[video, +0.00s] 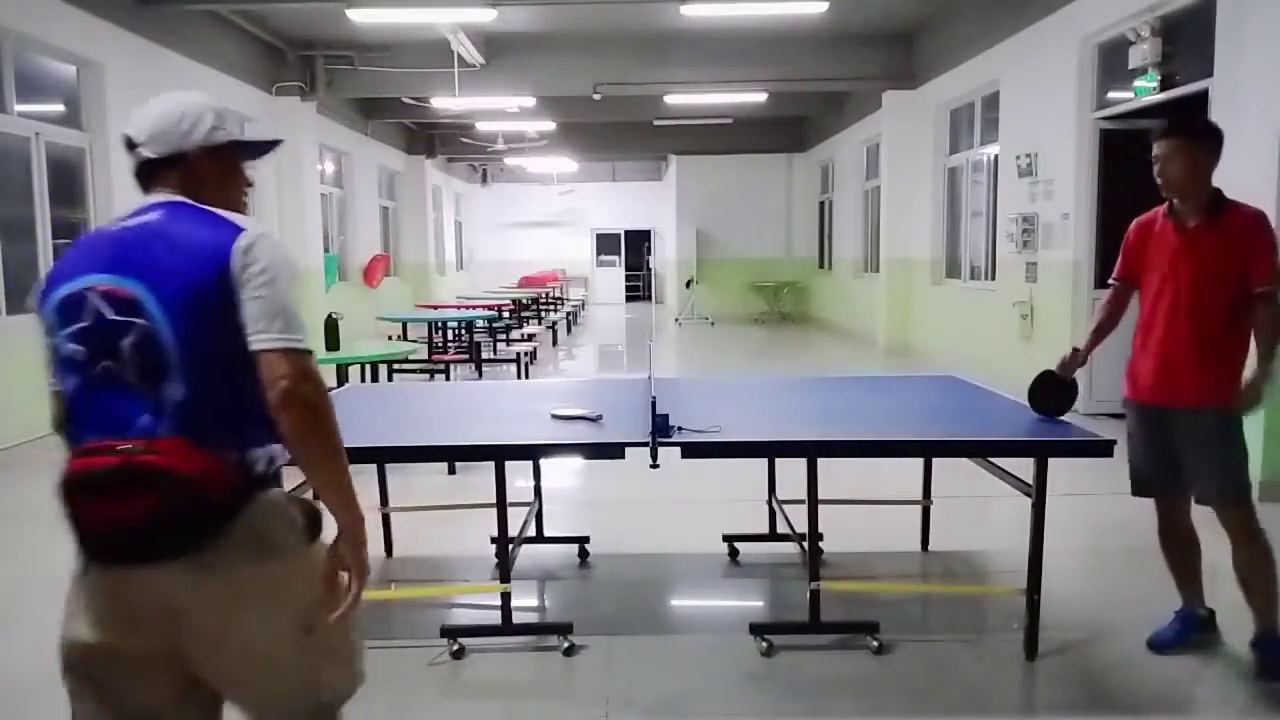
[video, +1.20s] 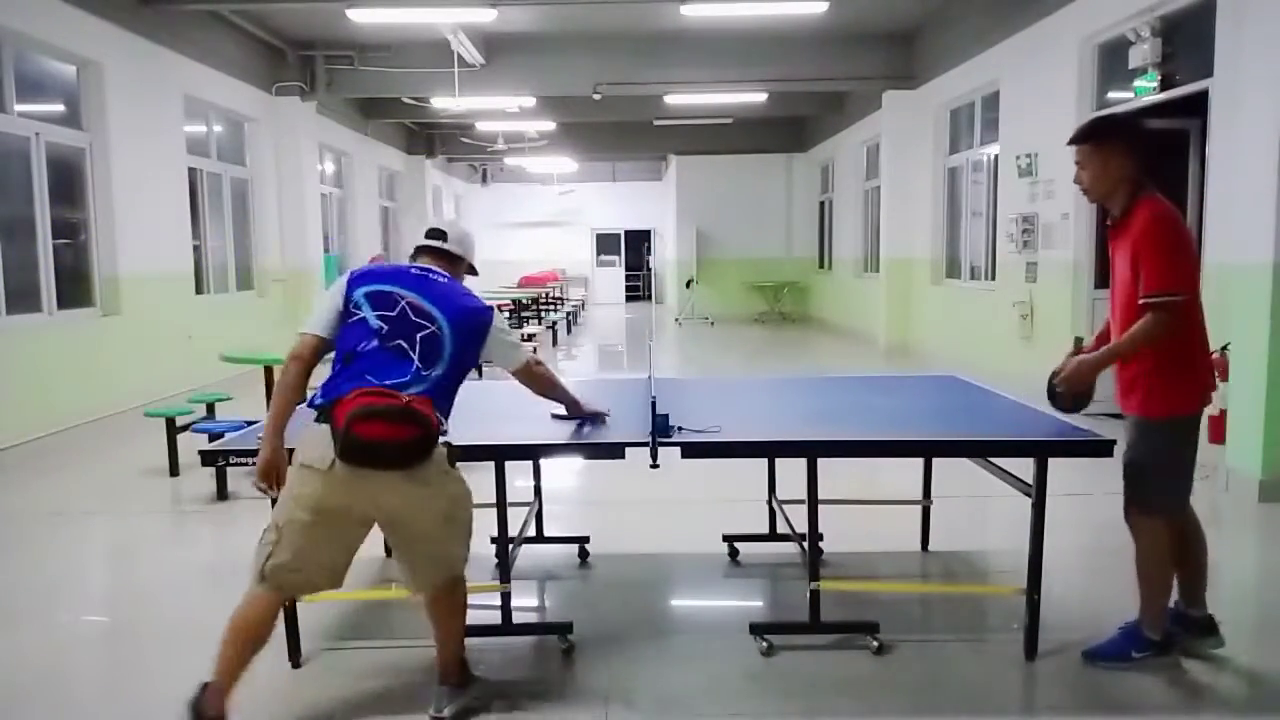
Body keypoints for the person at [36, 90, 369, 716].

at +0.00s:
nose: (248, 177)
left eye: (245, 160)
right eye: (236, 160)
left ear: (157, 169)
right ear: (194, 163)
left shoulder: (69, 264)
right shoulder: (241, 244)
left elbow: (69, 417)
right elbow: (289, 387)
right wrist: (350, 521)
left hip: (113, 547)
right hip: (235, 539)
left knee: (122, 708)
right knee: (306, 703)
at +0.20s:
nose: (299, 198)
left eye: (296, 183)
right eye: (288, 183)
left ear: (219, 193)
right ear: (253, 189)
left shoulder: (138, 281)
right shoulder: (302, 271)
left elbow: (134, 417)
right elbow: (342, 401)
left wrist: (151, 522)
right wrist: (389, 524)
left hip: (172, 530)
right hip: (284, 530)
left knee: (180, 707)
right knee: (335, 700)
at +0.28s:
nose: (331, 208)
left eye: (329, 194)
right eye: (322, 194)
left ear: (257, 200)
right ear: (292, 197)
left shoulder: (181, 279)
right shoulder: (334, 277)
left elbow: (167, 403)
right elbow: (383, 393)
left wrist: (158, 497)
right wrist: (423, 499)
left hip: (210, 508)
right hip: (313, 508)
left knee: (206, 676)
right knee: (356, 664)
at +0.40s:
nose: (353, 214)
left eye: (353, 202)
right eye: (348, 200)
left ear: (282, 198)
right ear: (320, 197)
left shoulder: (205, 271)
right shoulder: (356, 270)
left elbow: (188, 392)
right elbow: (410, 374)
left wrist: (187, 476)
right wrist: (445, 455)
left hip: (242, 482)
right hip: (337, 483)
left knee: (249, 635)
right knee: (362, 644)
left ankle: (230, 714)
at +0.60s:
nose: (371, 215)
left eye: (372, 203)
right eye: (369, 202)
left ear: (302, 197)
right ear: (347, 196)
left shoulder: (233, 263)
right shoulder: (368, 257)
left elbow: (222, 374)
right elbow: (439, 345)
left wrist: (256, 425)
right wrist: (472, 387)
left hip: (273, 453)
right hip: (356, 451)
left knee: (300, 604)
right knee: (396, 591)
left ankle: (307, 714)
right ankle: (377, 710)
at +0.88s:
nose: (431, 236)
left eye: (431, 226)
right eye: (431, 226)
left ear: (373, 216)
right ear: (417, 222)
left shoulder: (310, 264)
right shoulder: (433, 276)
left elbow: (272, 357)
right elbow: (497, 352)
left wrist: (282, 413)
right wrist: (533, 389)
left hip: (310, 447)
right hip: (392, 452)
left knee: (306, 590)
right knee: (432, 575)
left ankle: (305, 711)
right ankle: (454, 682)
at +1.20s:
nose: (464, 280)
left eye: (461, 271)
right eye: (464, 273)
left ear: (414, 256)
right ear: (460, 270)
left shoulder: (358, 280)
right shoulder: (473, 311)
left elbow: (301, 357)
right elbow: (533, 372)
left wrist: (272, 444)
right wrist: (574, 405)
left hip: (329, 454)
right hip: (415, 463)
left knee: (274, 580)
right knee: (443, 574)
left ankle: (213, 696)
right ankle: (453, 678)